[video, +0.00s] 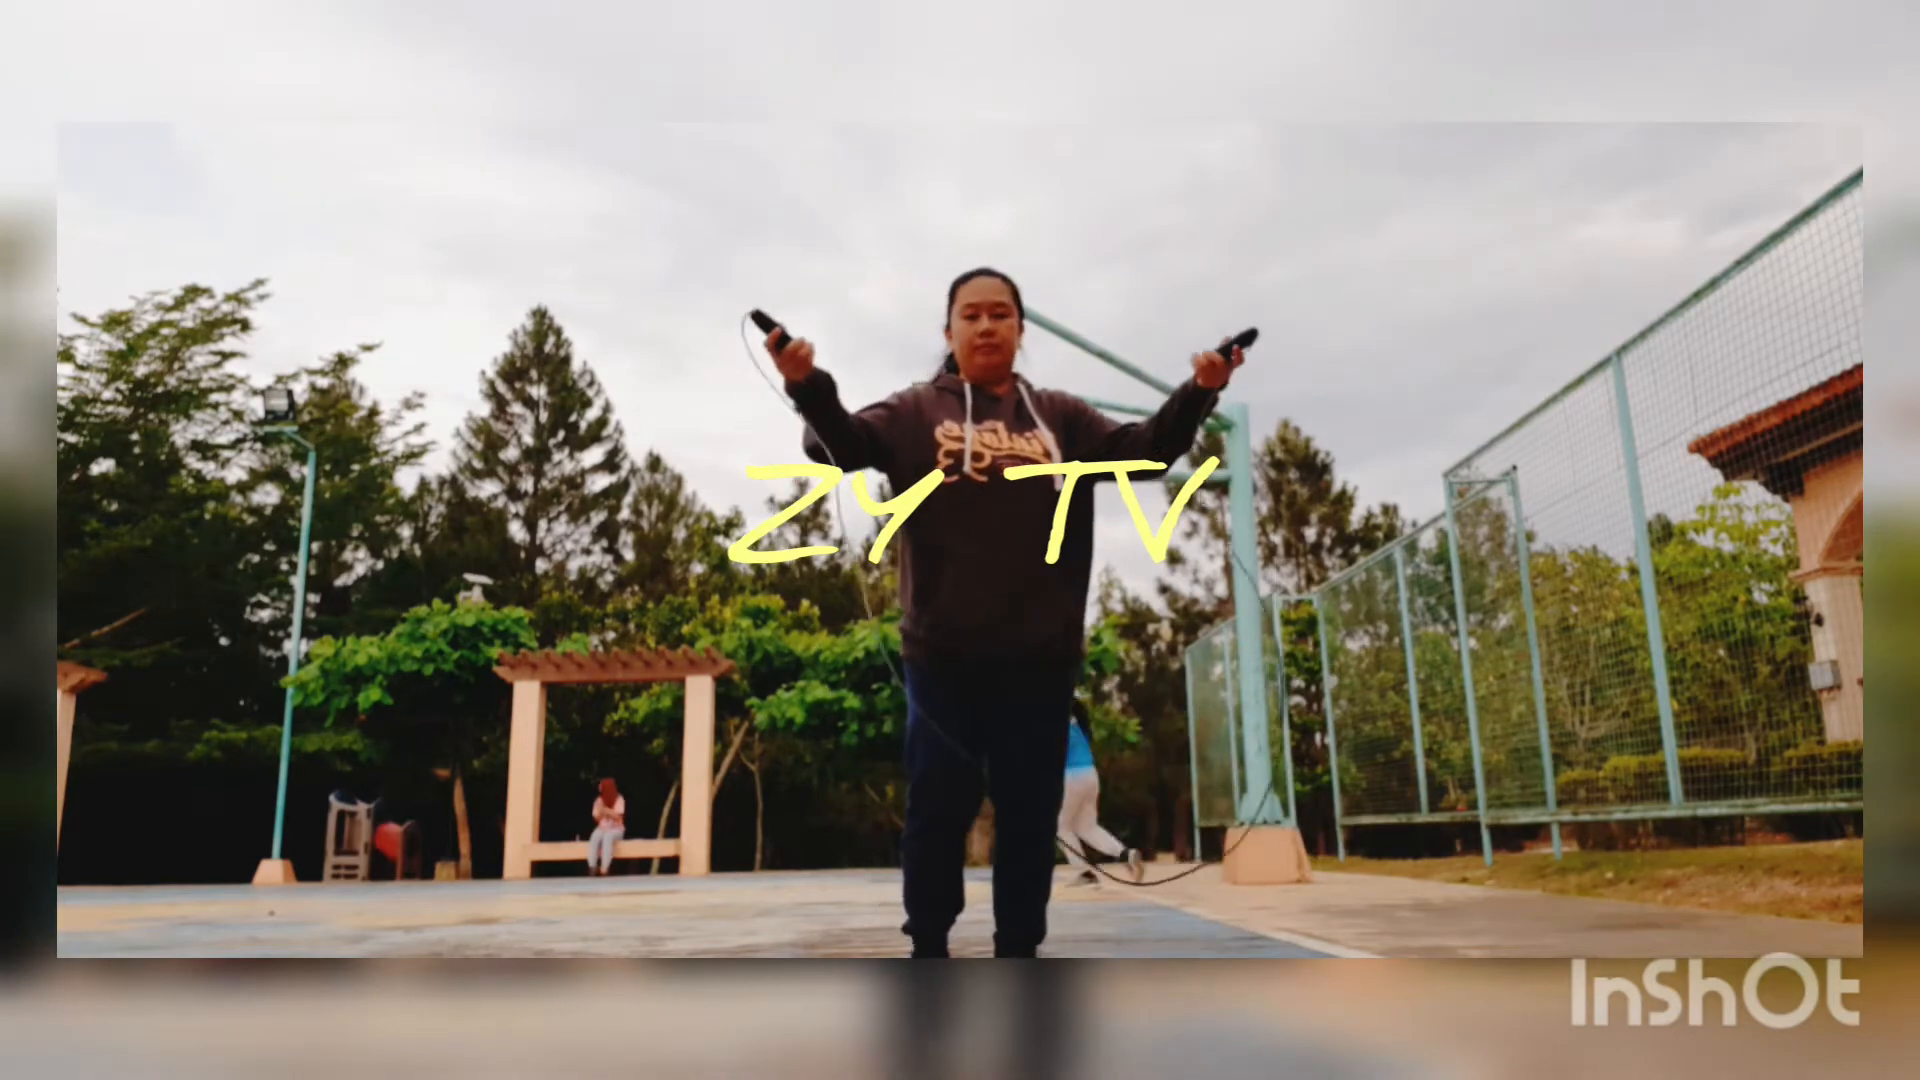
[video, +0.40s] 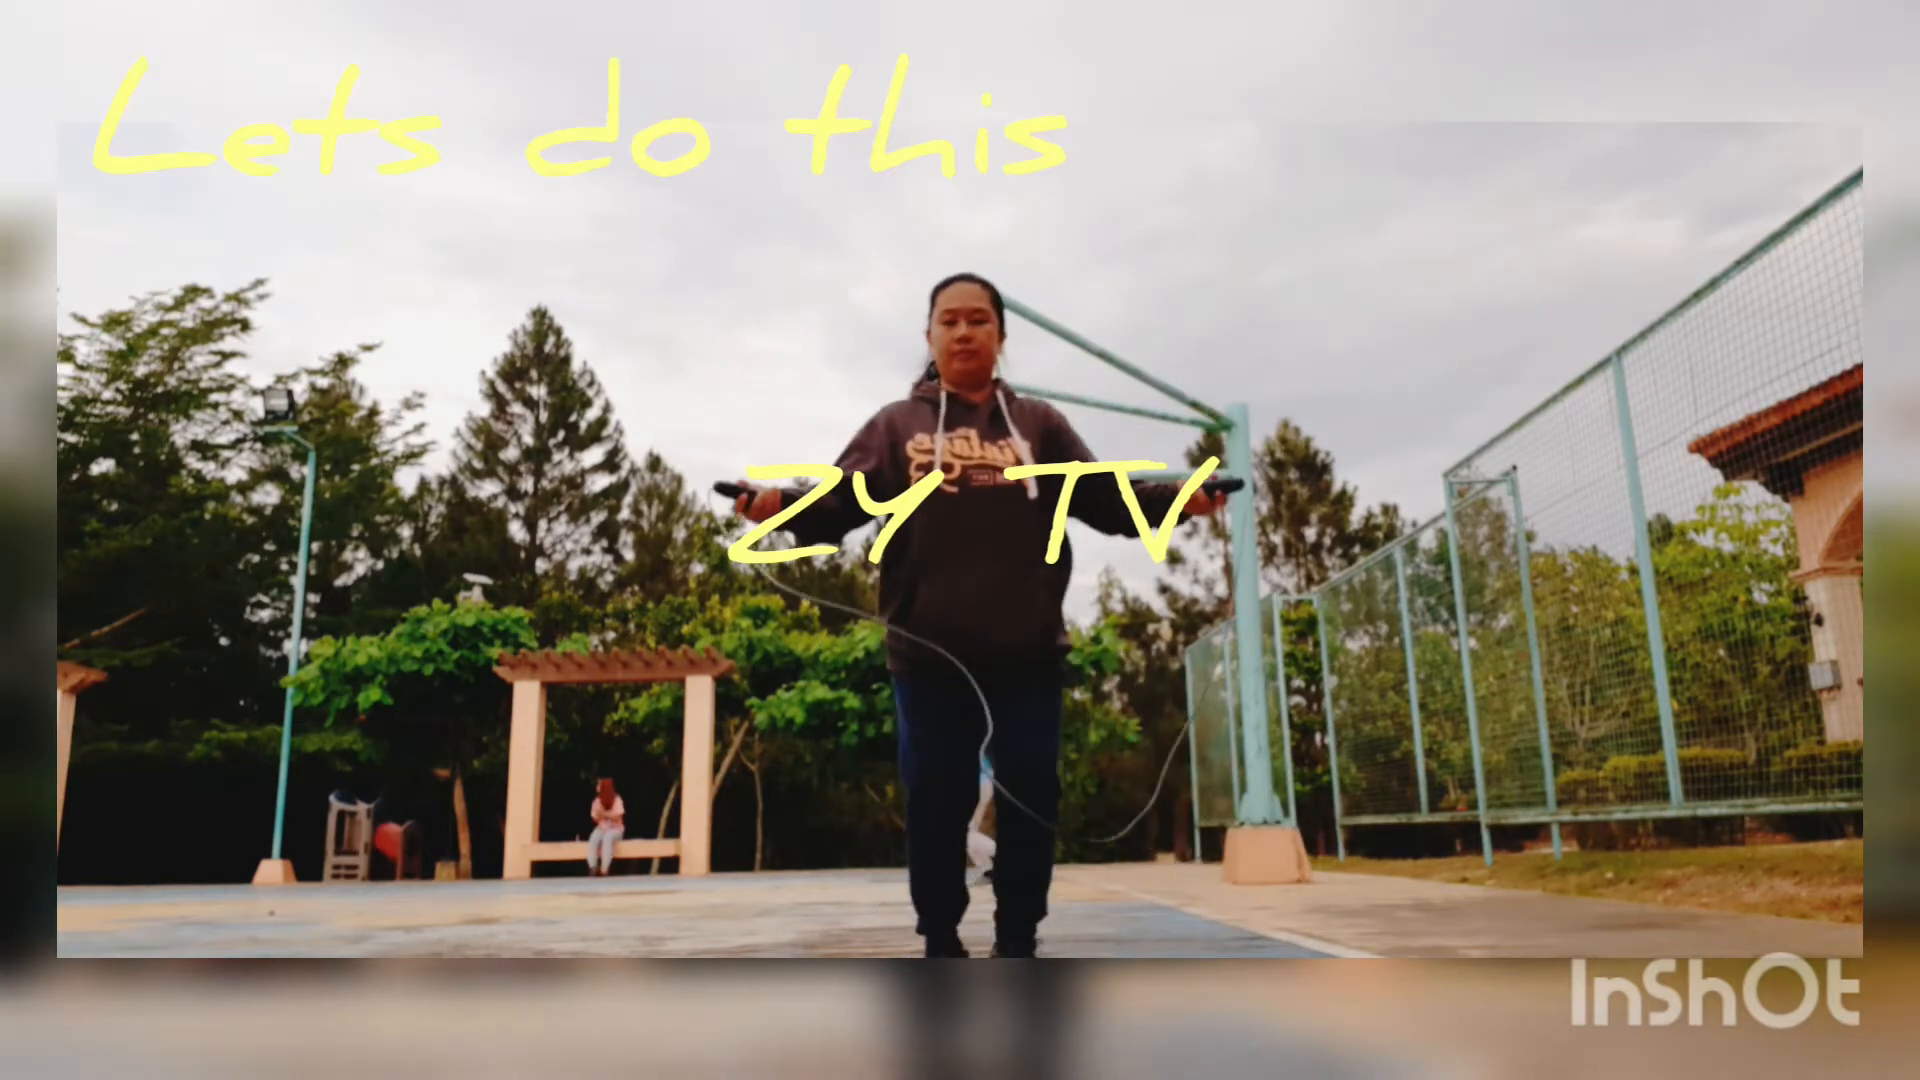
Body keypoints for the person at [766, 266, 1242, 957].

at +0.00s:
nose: (988, 326)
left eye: (1001, 314)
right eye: (972, 315)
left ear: (1022, 331)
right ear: (948, 333)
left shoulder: (1061, 416)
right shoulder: (915, 411)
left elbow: (1147, 448)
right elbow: (848, 446)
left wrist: (1200, 391)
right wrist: (807, 386)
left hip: (1039, 647)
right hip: (944, 647)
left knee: (1030, 812)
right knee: (939, 802)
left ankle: (1019, 952)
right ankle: (929, 949)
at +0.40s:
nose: (965, 332)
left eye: (978, 320)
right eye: (951, 320)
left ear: (1001, 336)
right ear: (930, 335)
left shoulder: (1041, 425)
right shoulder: (896, 426)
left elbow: (1103, 495)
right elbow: (837, 505)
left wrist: (1177, 496)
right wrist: (782, 507)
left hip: (1026, 646)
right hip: (929, 648)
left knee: (1030, 797)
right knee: (936, 799)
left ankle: (1018, 944)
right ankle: (940, 944)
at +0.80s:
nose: (950, 272)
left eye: (965, 260)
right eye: (936, 261)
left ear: (988, 280)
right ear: (915, 281)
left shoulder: (1026, 369)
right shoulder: (879, 374)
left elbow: (1071, 465)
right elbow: (835, 477)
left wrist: (1125, 538)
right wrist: (779, 553)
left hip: (1011, 589)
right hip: (917, 594)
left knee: (995, 730)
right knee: (929, 750)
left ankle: (980, 911)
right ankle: (952, 903)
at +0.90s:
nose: (955, 288)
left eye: (969, 276)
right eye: (940, 277)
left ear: (993, 296)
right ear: (919, 299)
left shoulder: (1033, 386)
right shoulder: (886, 392)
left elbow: (1093, 477)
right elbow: (826, 484)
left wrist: (1182, 483)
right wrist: (732, 517)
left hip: (1005, 618)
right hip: (904, 619)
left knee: (993, 791)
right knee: (895, 778)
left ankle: (999, 954)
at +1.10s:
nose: (953, 285)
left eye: (968, 275)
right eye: (938, 276)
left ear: (995, 301)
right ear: (918, 302)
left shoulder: (1038, 387)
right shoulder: (885, 393)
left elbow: (1128, 457)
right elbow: (819, 485)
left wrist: (1216, 403)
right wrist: (734, 431)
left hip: (1005, 622)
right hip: (904, 622)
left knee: (995, 791)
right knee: (895, 754)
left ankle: (998, 948)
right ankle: (935, 847)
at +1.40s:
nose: (942, 303)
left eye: (957, 292)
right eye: (927, 293)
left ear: (983, 316)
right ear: (906, 318)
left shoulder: (1029, 413)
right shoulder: (869, 417)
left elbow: (1099, 508)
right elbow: (820, 518)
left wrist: (1182, 507)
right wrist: (759, 536)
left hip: (1006, 653)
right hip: (902, 657)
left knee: (1002, 812)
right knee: (906, 810)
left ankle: (1005, 960)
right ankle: (900, 961)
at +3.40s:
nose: (967, 280)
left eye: (982, 269)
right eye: (952, 271)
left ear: (1008, 291)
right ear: (930, 293)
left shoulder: (1053, 386)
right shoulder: (895, 395)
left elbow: (1118, 502)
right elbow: (848, 514)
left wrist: (1209, 515)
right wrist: (770, 536)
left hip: (1033, 635)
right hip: (927, 637)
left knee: (1035, 803)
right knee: (933, 804)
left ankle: (1042, 952)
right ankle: (936, 953)